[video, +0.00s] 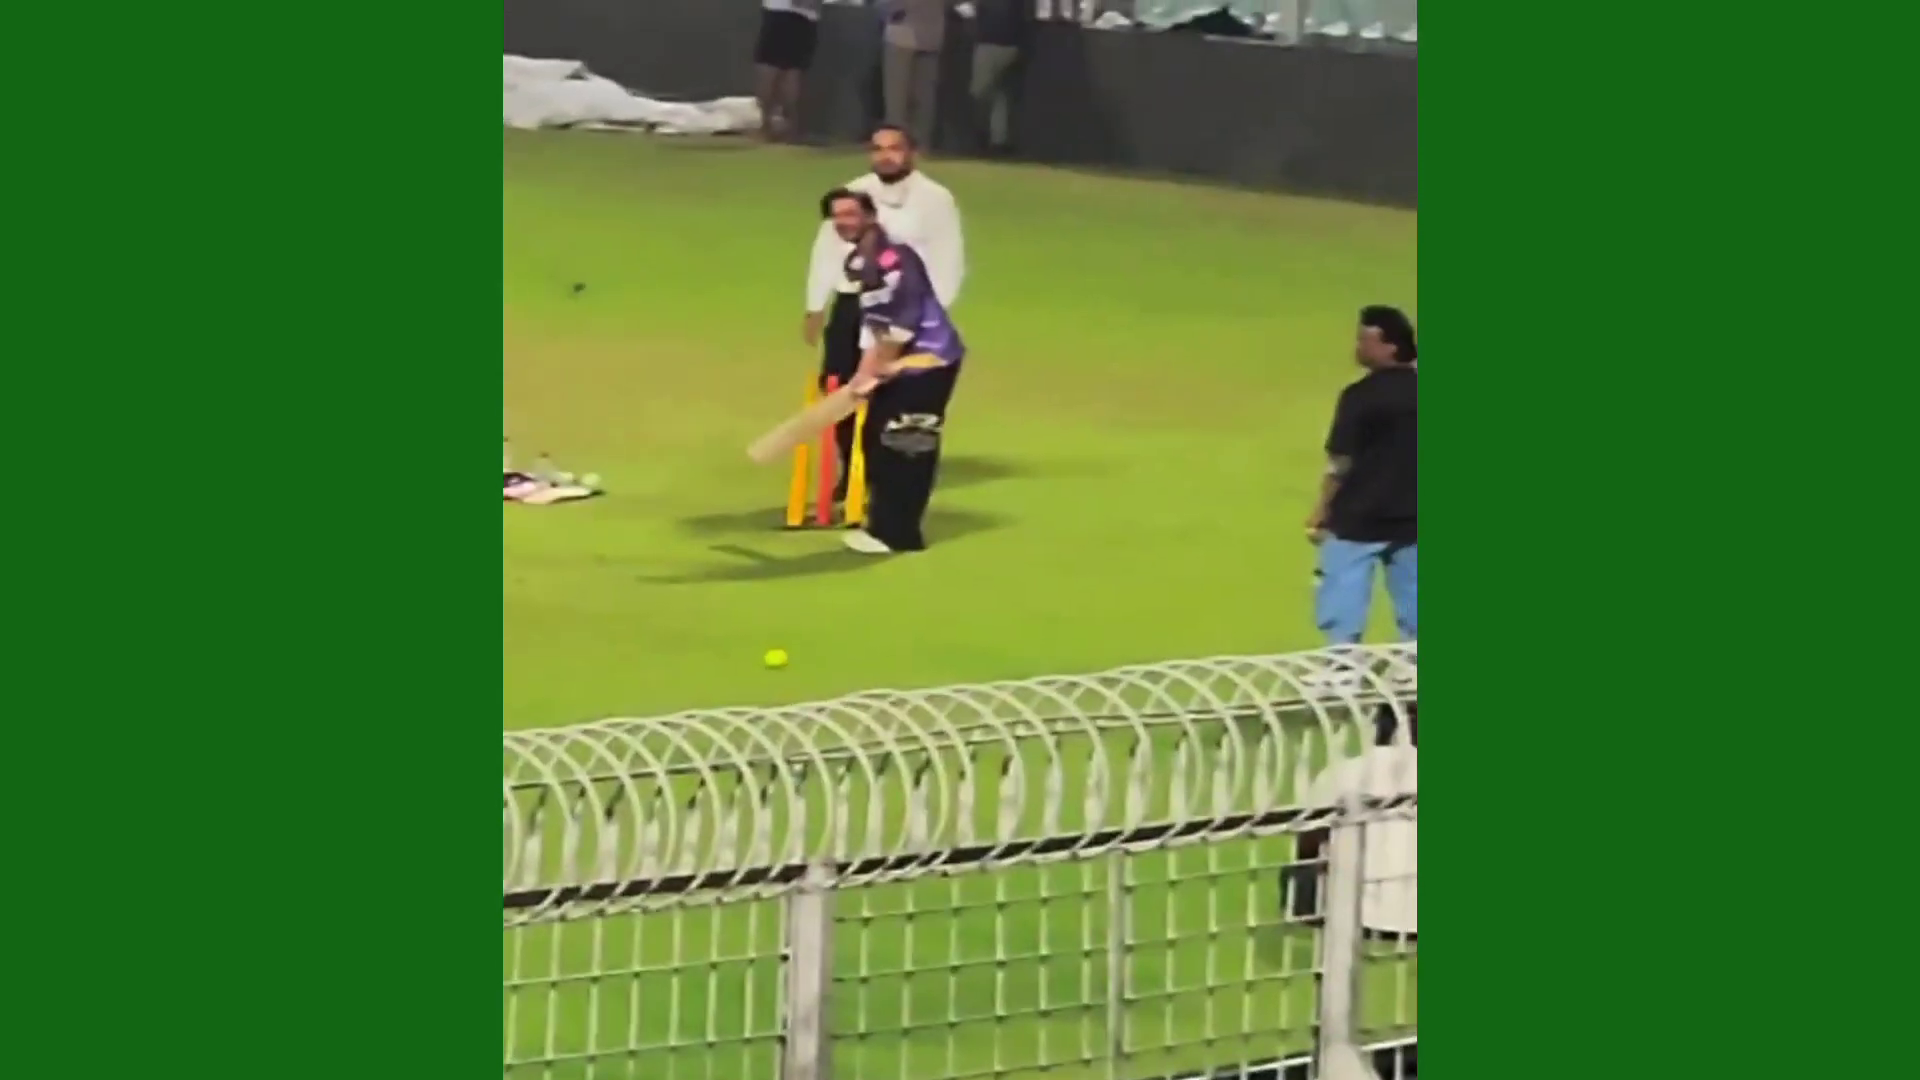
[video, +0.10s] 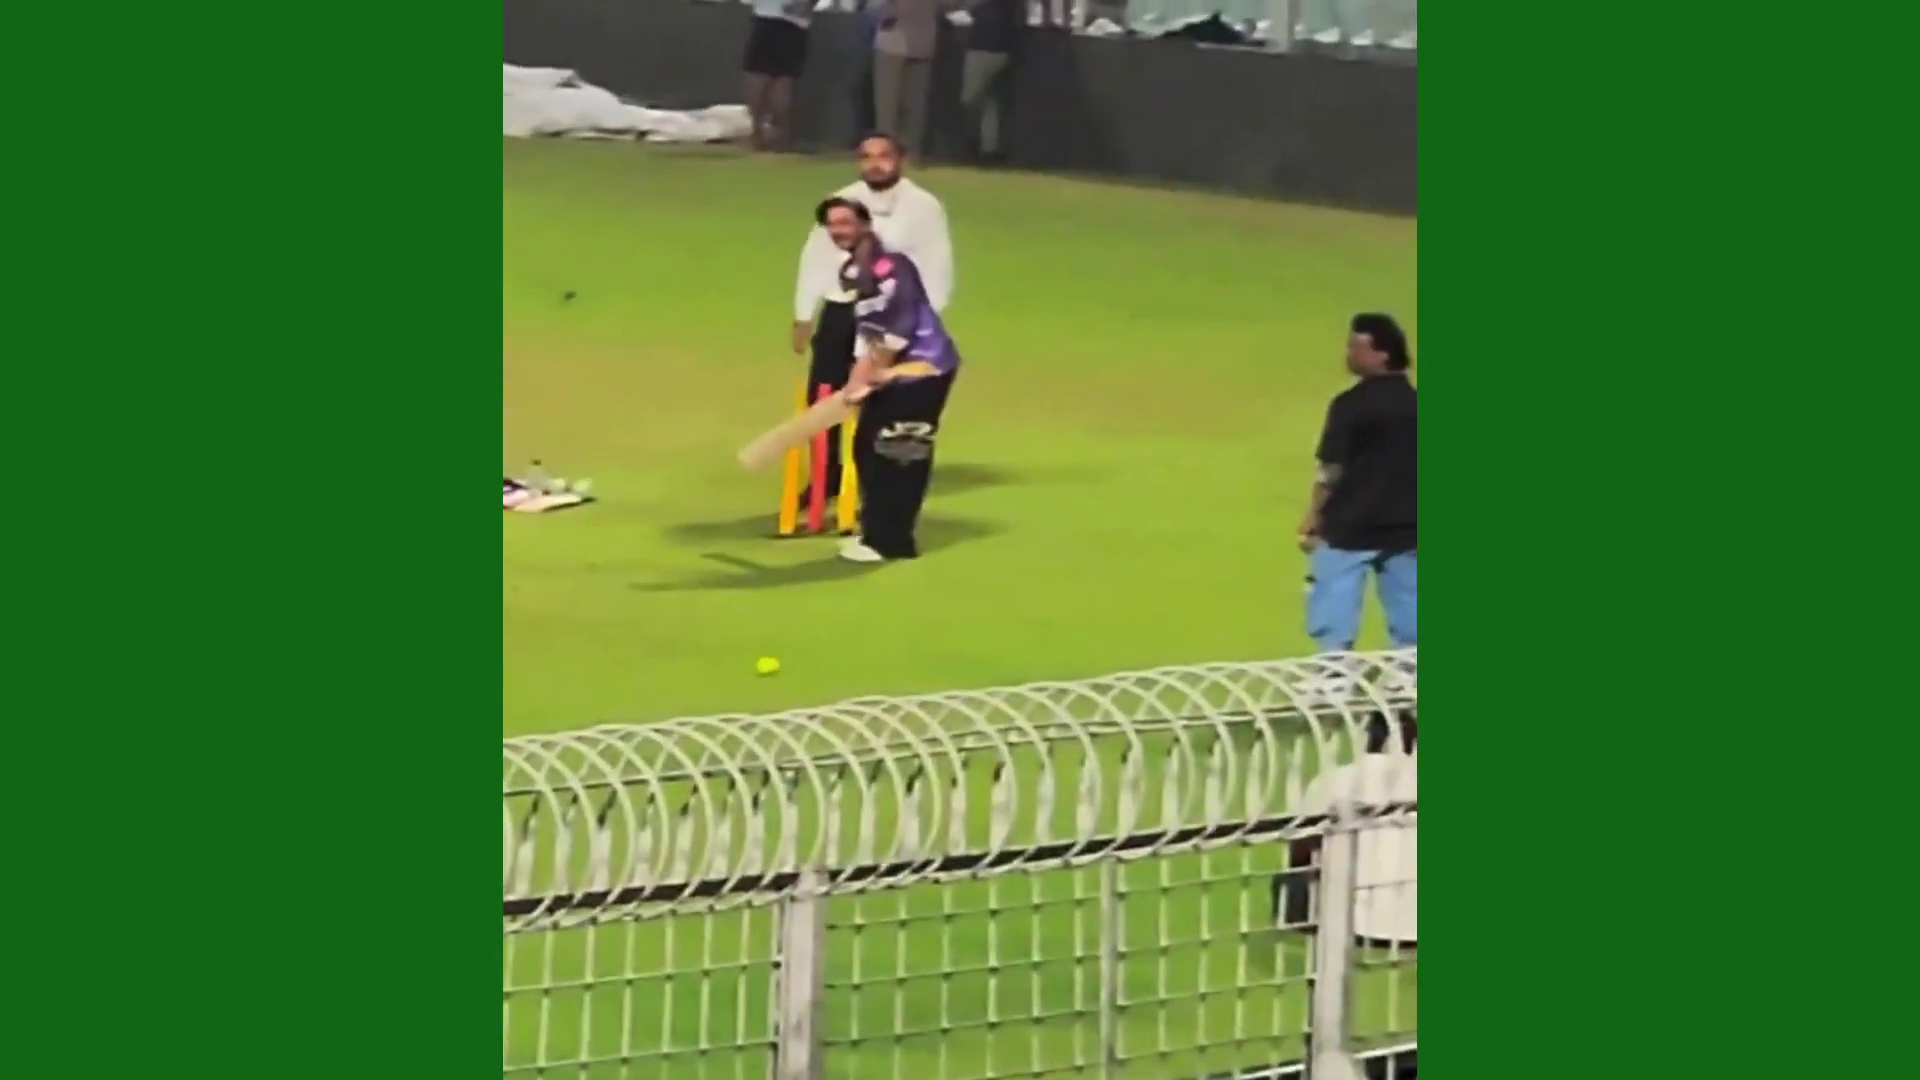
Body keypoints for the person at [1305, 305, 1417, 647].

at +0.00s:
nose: (1358, 345)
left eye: (1365, 338)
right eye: (1360, 337)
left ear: (1389, 346)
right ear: (1395, 347)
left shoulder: (1359, 396)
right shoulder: (1418, 388)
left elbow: (1340, 465)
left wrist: (1321, 512)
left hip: (1358, 519)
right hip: (1410, 518)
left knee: (1341, 619)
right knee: (1416, 618)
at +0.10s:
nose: (1348, 353)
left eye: (1355, 346)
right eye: (1350, 345)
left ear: (1381, 353)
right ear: (1387, 354)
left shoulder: (1349, 405)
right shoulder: (1412, 400)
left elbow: (1329, 472)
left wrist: (1312, 519)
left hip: (1349, 526)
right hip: (1406, 525)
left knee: (1334, 609)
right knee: (1409, 614)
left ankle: (1333, 678)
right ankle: (1413, 683)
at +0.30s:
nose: (1323, 363)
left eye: (1329, 355)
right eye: (1325, 355)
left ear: (1349, 363)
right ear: (1363, 362)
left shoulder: (1325, 415)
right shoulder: (1398, 416)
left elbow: (1307, 485)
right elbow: (1405, 480)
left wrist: (1289, 530)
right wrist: (1383, 521)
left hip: (1324, 543)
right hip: (1381, 540)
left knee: (1310, 639)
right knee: (1388, 637)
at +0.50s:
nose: (1317, 378)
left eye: (1319, 371)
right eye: (1320, 370)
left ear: (1326, 380)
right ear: (1366, 376)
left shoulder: (1313, 429)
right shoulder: (1386, 428)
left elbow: (1296, 500)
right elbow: (1396, 489)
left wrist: (1278, 547)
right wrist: (1376, 533)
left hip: (1314, 556)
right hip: (1370, 553)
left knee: (1302, 647)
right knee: (1378, 646)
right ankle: (1382, 715)